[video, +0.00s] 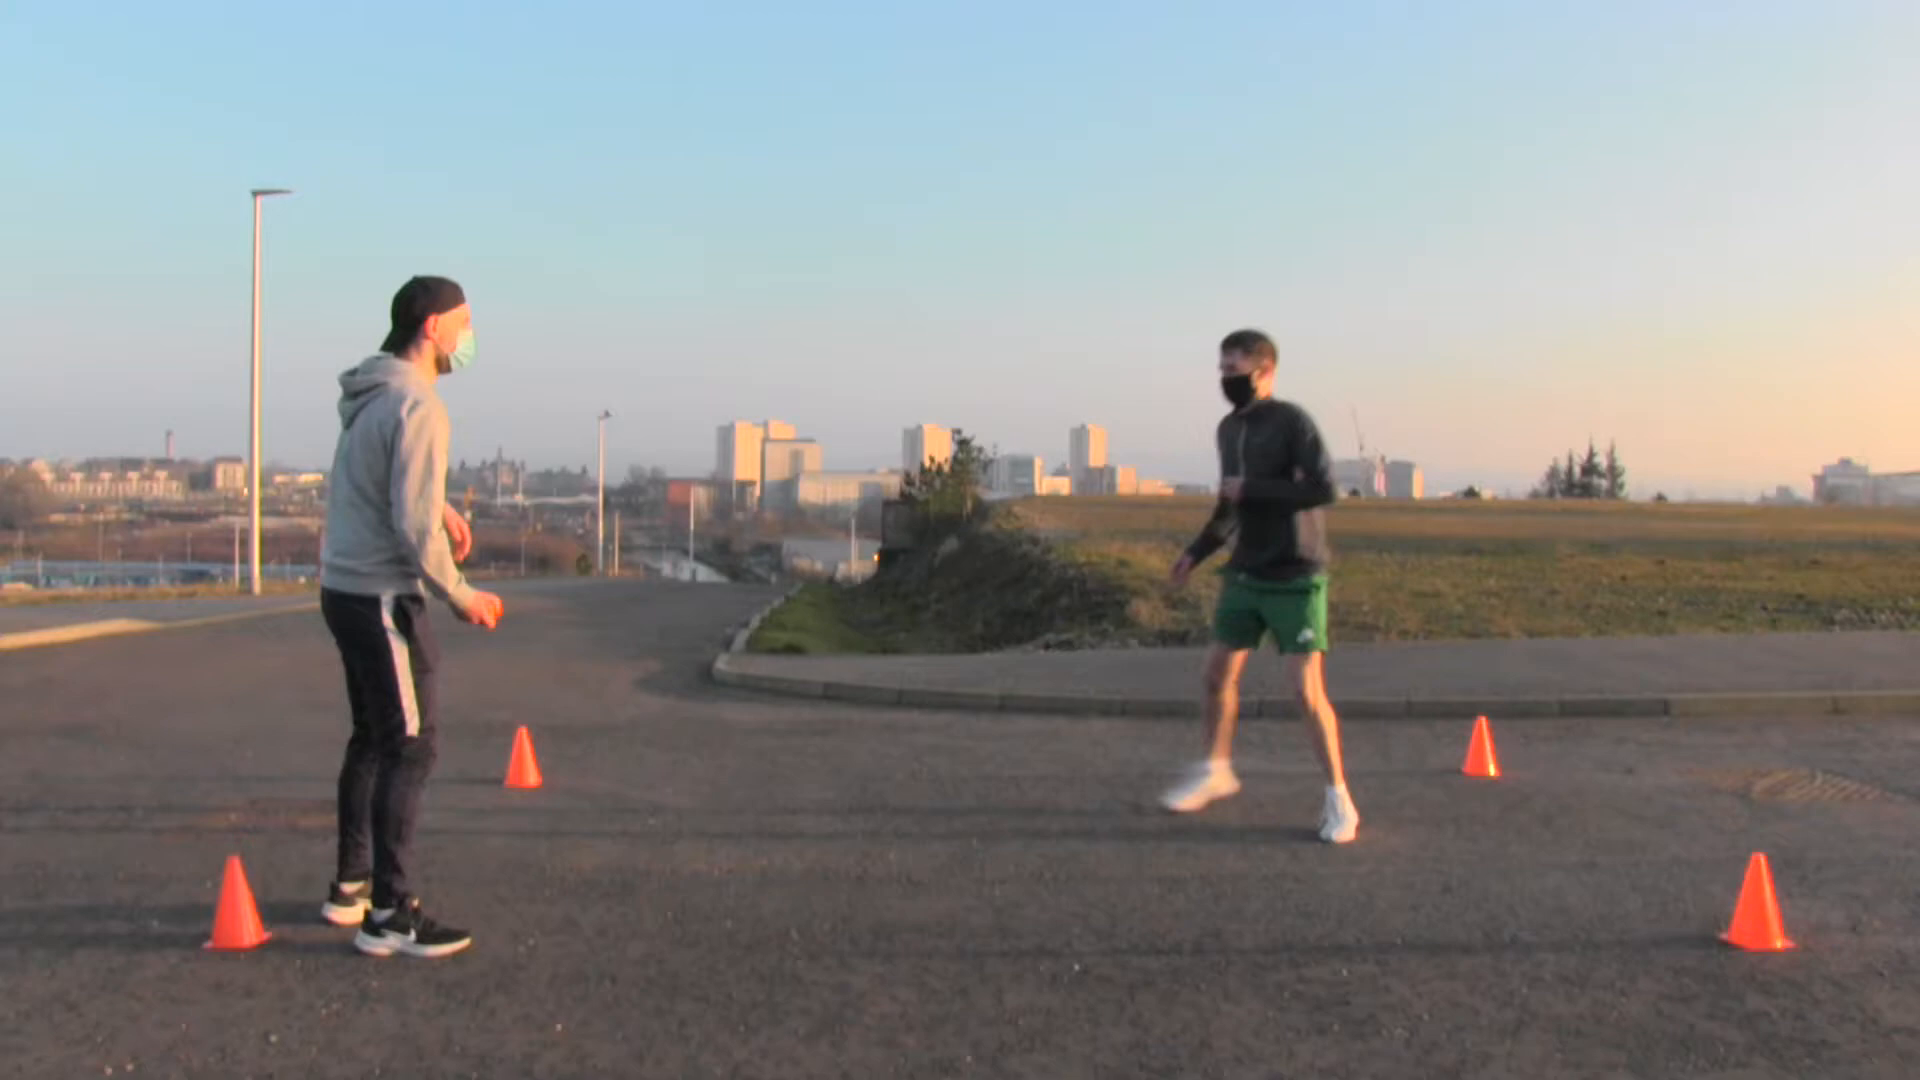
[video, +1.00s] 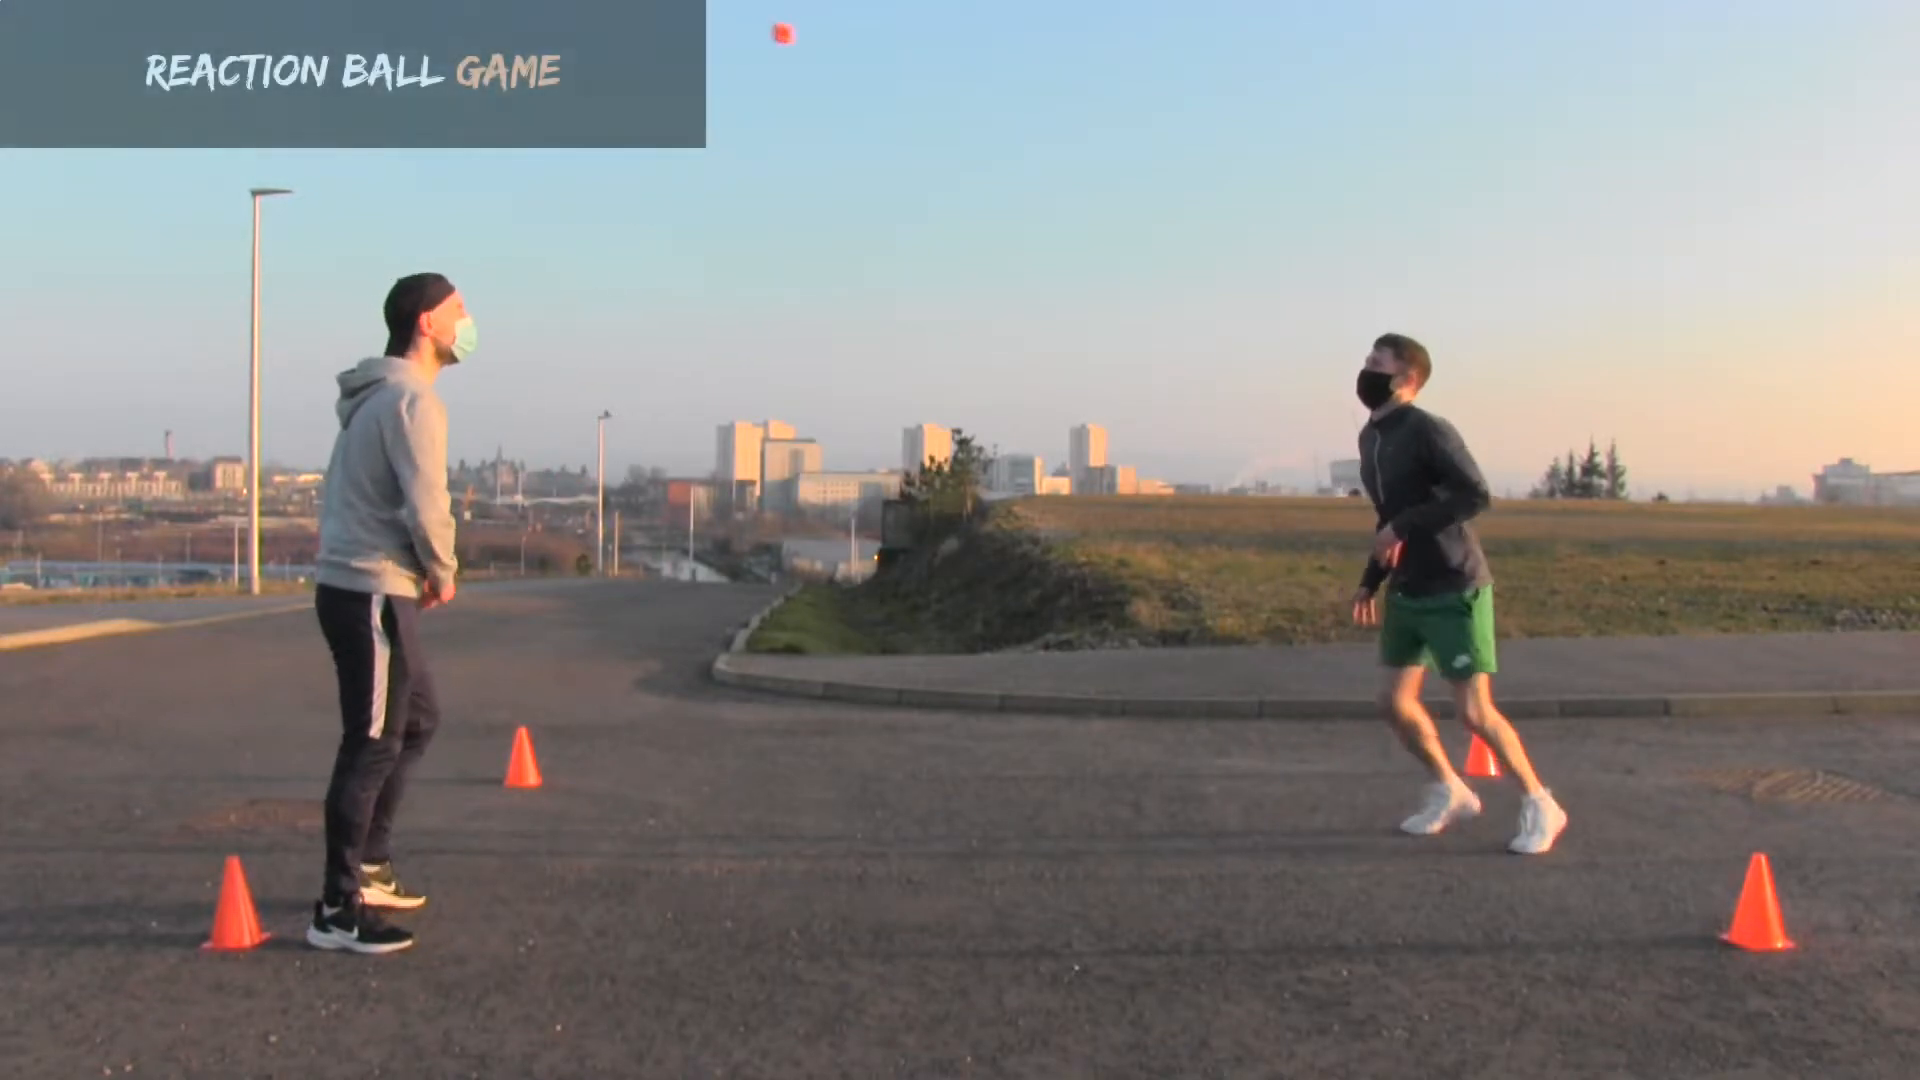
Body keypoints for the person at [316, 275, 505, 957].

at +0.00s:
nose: (470, 335)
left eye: (468, 322)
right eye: (463, 322)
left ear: (419, 326)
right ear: (432, 327)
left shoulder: (374, 393)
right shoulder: (418, 408)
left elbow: (384, 484)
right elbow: (414, 523)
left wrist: (440, 512)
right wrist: (465, 595)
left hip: (350, 588)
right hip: (382, 596)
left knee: (373, 737)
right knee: (411, 747)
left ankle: (352, 885)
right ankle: (390, 910)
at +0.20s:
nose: (461, 336)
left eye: (460, 323)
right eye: (455, 323)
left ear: (411, 326)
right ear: (424, 326)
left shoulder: (367, 395)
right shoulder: (411, 406)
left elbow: (375, 486)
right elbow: (406, 522)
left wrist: (434, 514)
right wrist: (448, 594)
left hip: (346, 589)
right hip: (381, 595)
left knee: (368, 736)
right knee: (414, 744)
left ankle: (352, 884)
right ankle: (391, 905)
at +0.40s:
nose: (449, 337)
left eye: (449, 325)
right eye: (442, 324)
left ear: (399, 324)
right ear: (409, 324)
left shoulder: (361, 394)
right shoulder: (398, 399)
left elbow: (380, 500)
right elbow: (429, 508)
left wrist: (434, 549)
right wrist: (498, 570)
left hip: (343, 586)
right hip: (374, 591)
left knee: (356, 734)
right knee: (411, 738)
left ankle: (351, 884)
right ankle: (353, 895)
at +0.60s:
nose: (445, 326)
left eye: (442, 314)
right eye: (436, 314)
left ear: (394, 320)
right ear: (402, 320)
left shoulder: (366, 388)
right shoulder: (394, 393)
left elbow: (374, 482)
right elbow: (459, 484)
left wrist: (425, 515)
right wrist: (549, 492)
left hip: (355, 585)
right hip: (367, 592)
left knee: (368, 739)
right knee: (381, 744)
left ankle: (352, 886)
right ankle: (341, 902)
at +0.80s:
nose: (451, 318)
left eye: (445, 306)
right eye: (440, 308)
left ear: (398, 323)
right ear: (411, 322)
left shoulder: (372, 393)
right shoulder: (404, 399)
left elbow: (376, 503)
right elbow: (416, 508)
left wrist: (432, 549)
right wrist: (469, 547)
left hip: (355, 586)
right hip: (370, 593)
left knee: (371, 743)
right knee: (375, 746)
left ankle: (350, 889)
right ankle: (338, 907)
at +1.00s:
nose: (468, 326)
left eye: (464, 313)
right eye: (459, 314)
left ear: (416, 325)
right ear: (427, 324)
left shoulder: (380, 393)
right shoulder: (414, 400)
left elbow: (388, 500)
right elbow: (426, 502)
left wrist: (427, 567)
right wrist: (443, 566)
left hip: (369, 588)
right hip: (367, 591)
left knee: (417, 721)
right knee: (372, 739)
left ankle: (366, 862)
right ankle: (337, 908)